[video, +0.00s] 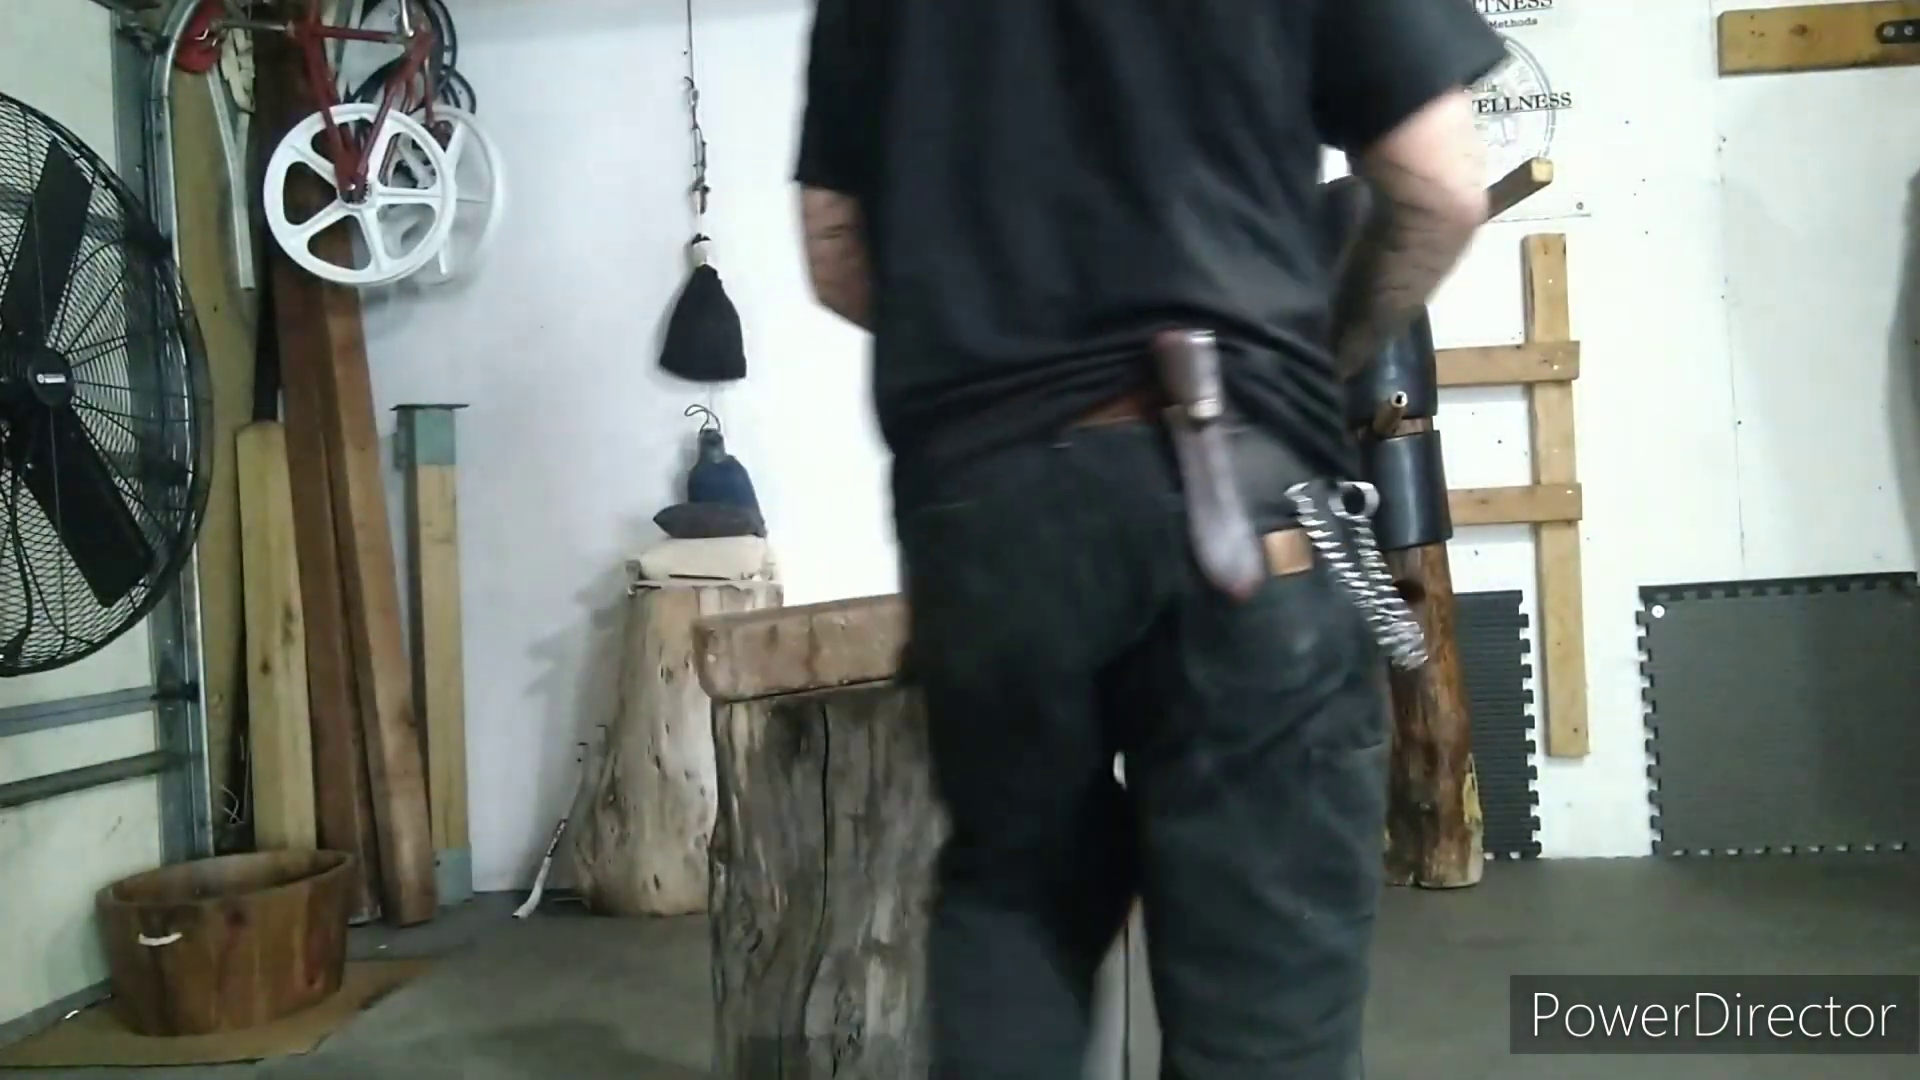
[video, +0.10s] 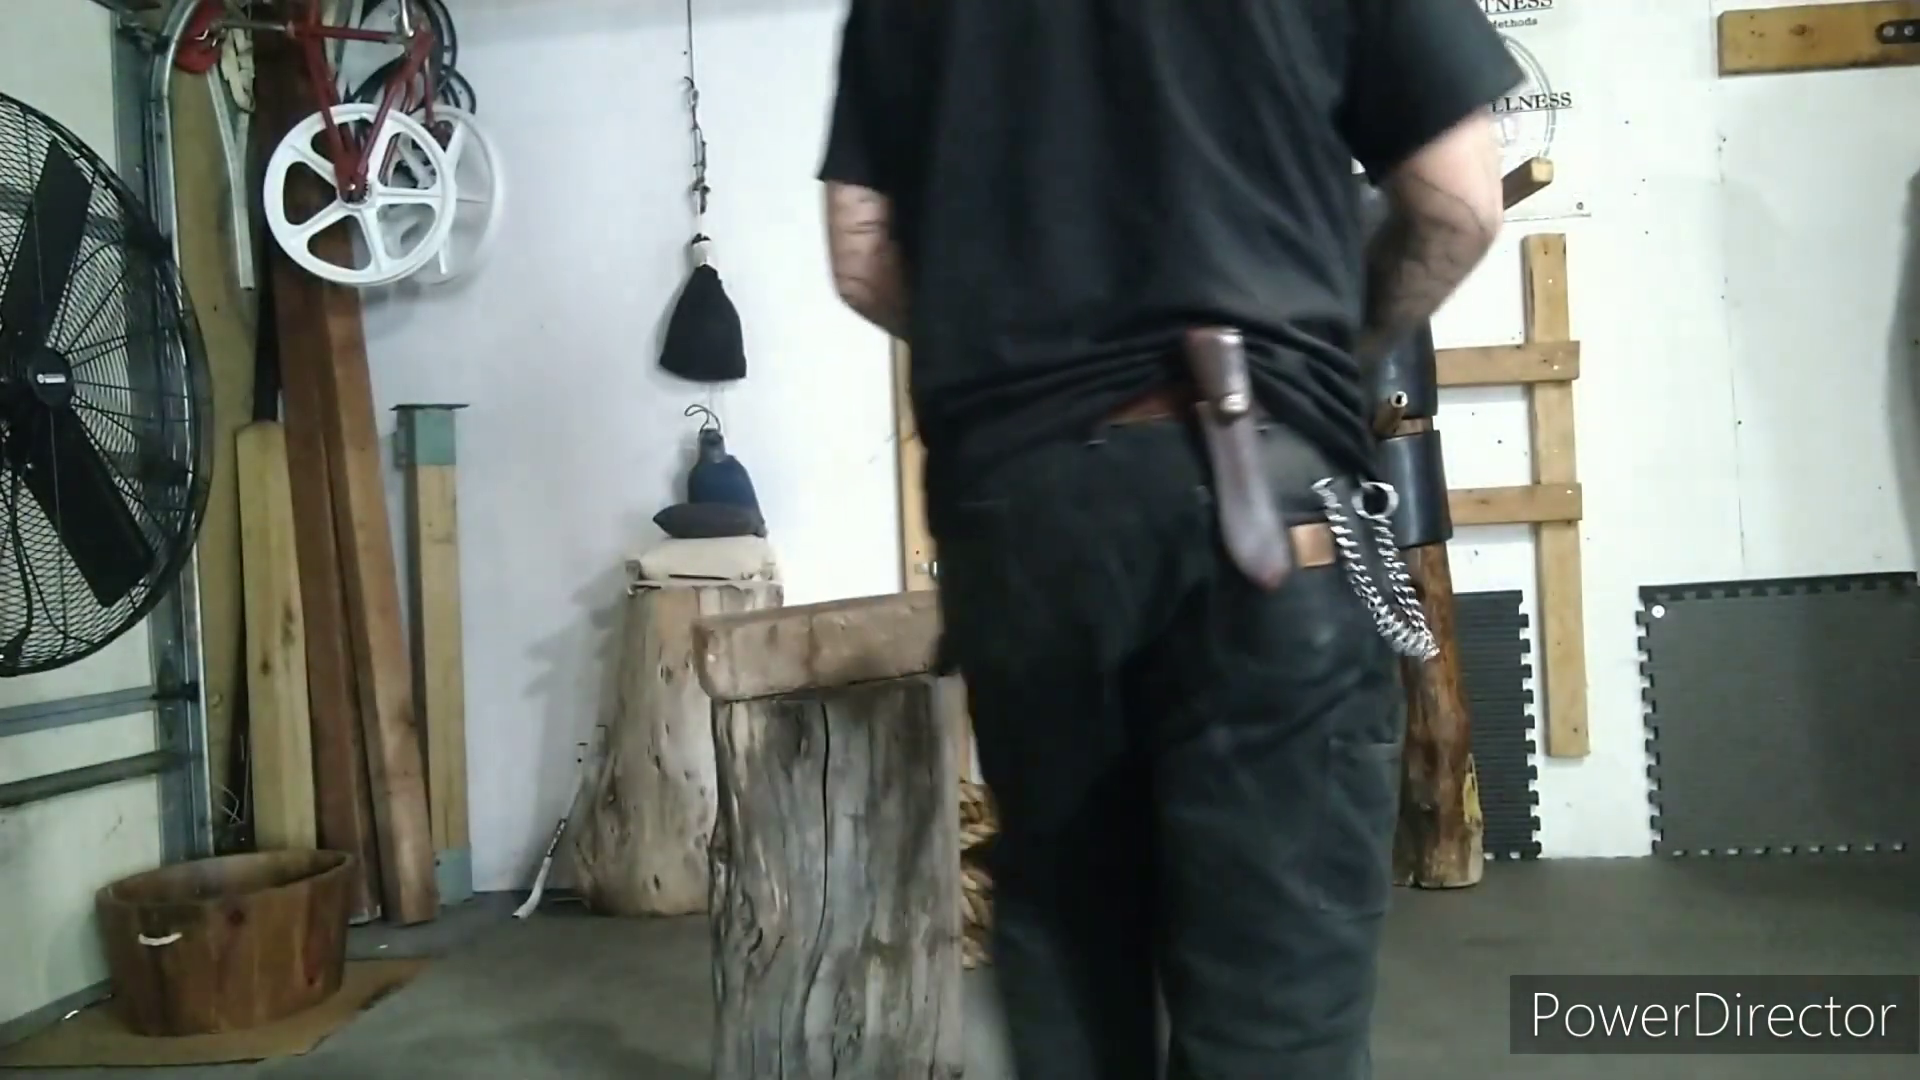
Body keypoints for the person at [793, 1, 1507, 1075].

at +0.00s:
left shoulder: (869, 6)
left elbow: (838, 254)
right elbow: (1439, 185)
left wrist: (1021, 340)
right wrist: (1310, 359)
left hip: (984, 482)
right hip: (1240, 458)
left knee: (1013, 888)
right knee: (1266, 974)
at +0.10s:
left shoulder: (904, 6)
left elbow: (864, 258)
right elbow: (1457, 202)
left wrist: (1038, 343)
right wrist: (1317, 354)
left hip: (1018, 475)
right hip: (1269, 451)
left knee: (1065, 932)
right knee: (1279, 961)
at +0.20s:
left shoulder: (949, 9)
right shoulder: (1361, 2)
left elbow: (895, 269)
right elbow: (1456, 231)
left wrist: (1049, 372)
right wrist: (1333, 357)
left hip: (1049, 477)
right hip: (1295, 447)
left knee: (1118, 950)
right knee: (1288, 962)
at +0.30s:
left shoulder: (972, 9)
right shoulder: (1363, 6)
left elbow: (909, 276)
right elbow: (1447, 253)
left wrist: (1045, 398)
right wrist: (1332, 379)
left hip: (1072, 481)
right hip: (1312, 458)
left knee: (1136, 936)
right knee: (1291, 951)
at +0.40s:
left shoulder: (992, 17)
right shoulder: (1358, 10)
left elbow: (920, 290)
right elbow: (1436, 271)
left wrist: (1001, 437)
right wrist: (1337, 398)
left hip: (1090, 494)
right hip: (1322, 467)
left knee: (1142, 914)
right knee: (1294, 928)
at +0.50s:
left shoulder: (1011, 39)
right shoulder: (1332, 19)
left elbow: (943, 299)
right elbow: (1425, 278)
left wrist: (936, 455)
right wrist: (1365, 434)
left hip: (1103, 505)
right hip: (1317, 481)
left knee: (1140, 886)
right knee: (1297, 898)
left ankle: (1166, 1068)